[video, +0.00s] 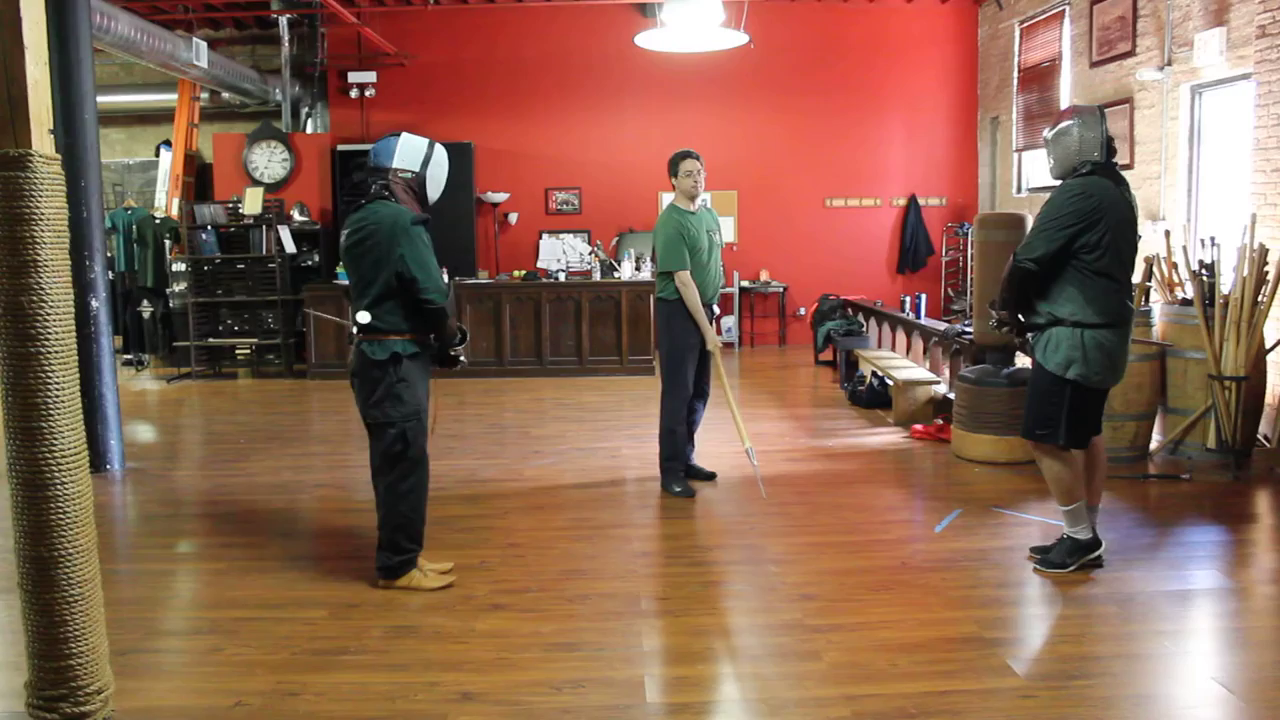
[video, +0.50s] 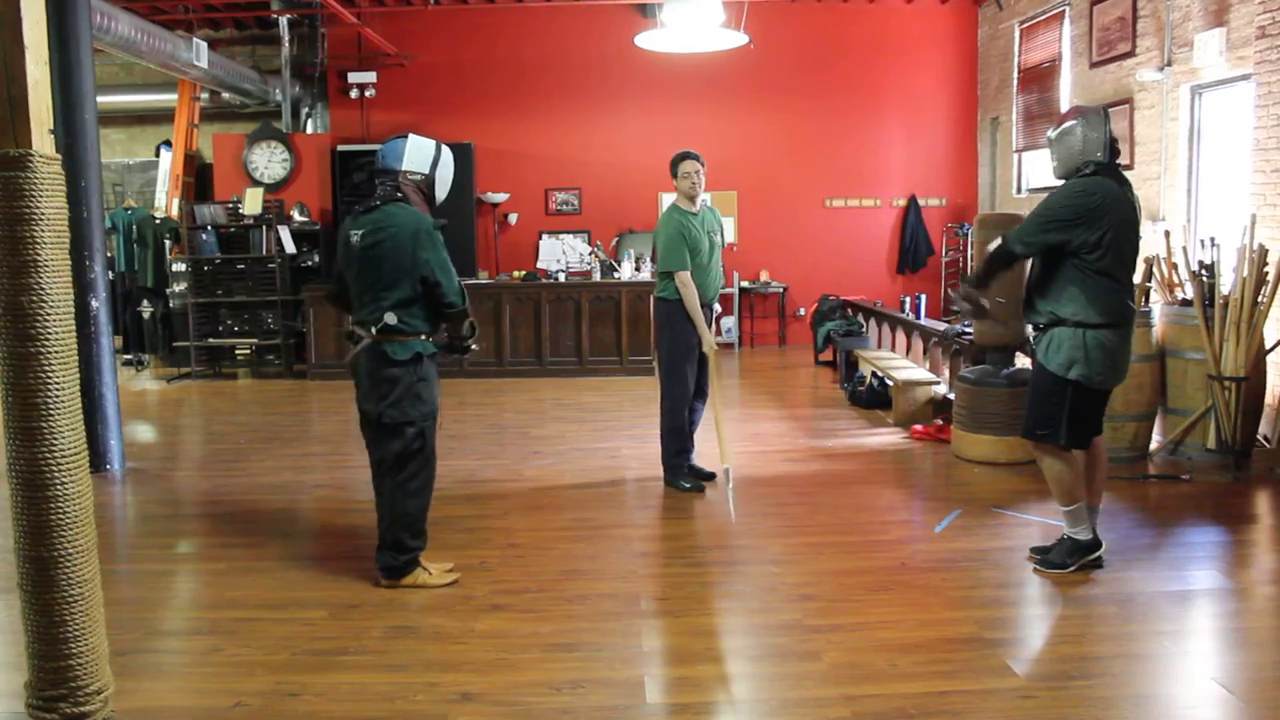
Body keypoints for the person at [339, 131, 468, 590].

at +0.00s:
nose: (427, 192)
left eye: (426, 183)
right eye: (422, 181)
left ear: (382, 178)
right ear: (403, 177)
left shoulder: (359, 222)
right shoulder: (401, 222)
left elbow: (377, 294)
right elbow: (432, 294)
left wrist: (434, 336)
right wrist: (450, 340)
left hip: (375, 357)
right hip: (396, 359)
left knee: (394, 461)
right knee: (404, 463)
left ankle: (399, 557)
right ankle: (398, 566)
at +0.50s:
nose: (435, 194)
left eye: (434, 185)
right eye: (431, 183)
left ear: (386, 179)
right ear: (413, 179)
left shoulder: (353, 226)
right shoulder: (418, 225)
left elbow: (339, 292)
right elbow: (451, 298)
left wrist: (372, 314)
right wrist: (455, 332)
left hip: (370, 358)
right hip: (405, 359)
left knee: (390, 462)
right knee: (411, 463)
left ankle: (397, 557)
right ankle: (401, 565)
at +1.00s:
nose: (394, 192)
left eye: (394, 183)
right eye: (390, 181)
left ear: (357, 176)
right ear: (369, 175)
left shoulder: (340, 219)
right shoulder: (351, 221)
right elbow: (399, 267)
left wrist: (430, 277)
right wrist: (460, 265)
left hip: (364, 353)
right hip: (368, 355)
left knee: (377, 458)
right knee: (380, 459)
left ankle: (373, 558)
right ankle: (372, 564)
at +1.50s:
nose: (352, 190)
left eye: (352, 181)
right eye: (348, 180)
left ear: (320, 176)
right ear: (325, 176)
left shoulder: (325, 222)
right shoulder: (295, 219)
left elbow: (342, 268)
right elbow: (306, 260)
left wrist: (378, 254)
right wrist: (356, 245)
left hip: (343, 357)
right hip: (321, 360)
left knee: (345, 462)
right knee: (337, 463)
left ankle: (339, 562)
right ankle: (333, 570)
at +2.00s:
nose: (354, 199)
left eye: (355, 191)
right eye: (351, 189)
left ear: (314, 182)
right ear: (330, 182)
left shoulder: (286, 225)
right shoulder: (313, 225)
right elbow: (372, 265)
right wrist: (391, 223)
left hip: (315, 360)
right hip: (331, 362)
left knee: (333, 466)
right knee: (342, 465)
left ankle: (335, 563)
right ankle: (335, 570)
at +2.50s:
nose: (357, 199)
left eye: (357, 191)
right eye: (354, 188)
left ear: (316, 181)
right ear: (335, 181)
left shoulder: (287, 224)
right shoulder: (319, 224)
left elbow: (256, 266)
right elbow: (351, 271)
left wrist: (291, 301)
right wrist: (401, 271)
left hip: (306, 359)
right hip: (328, 362)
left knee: (329, 466)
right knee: (342, 466)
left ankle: (334, 562)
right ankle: (335, 571)